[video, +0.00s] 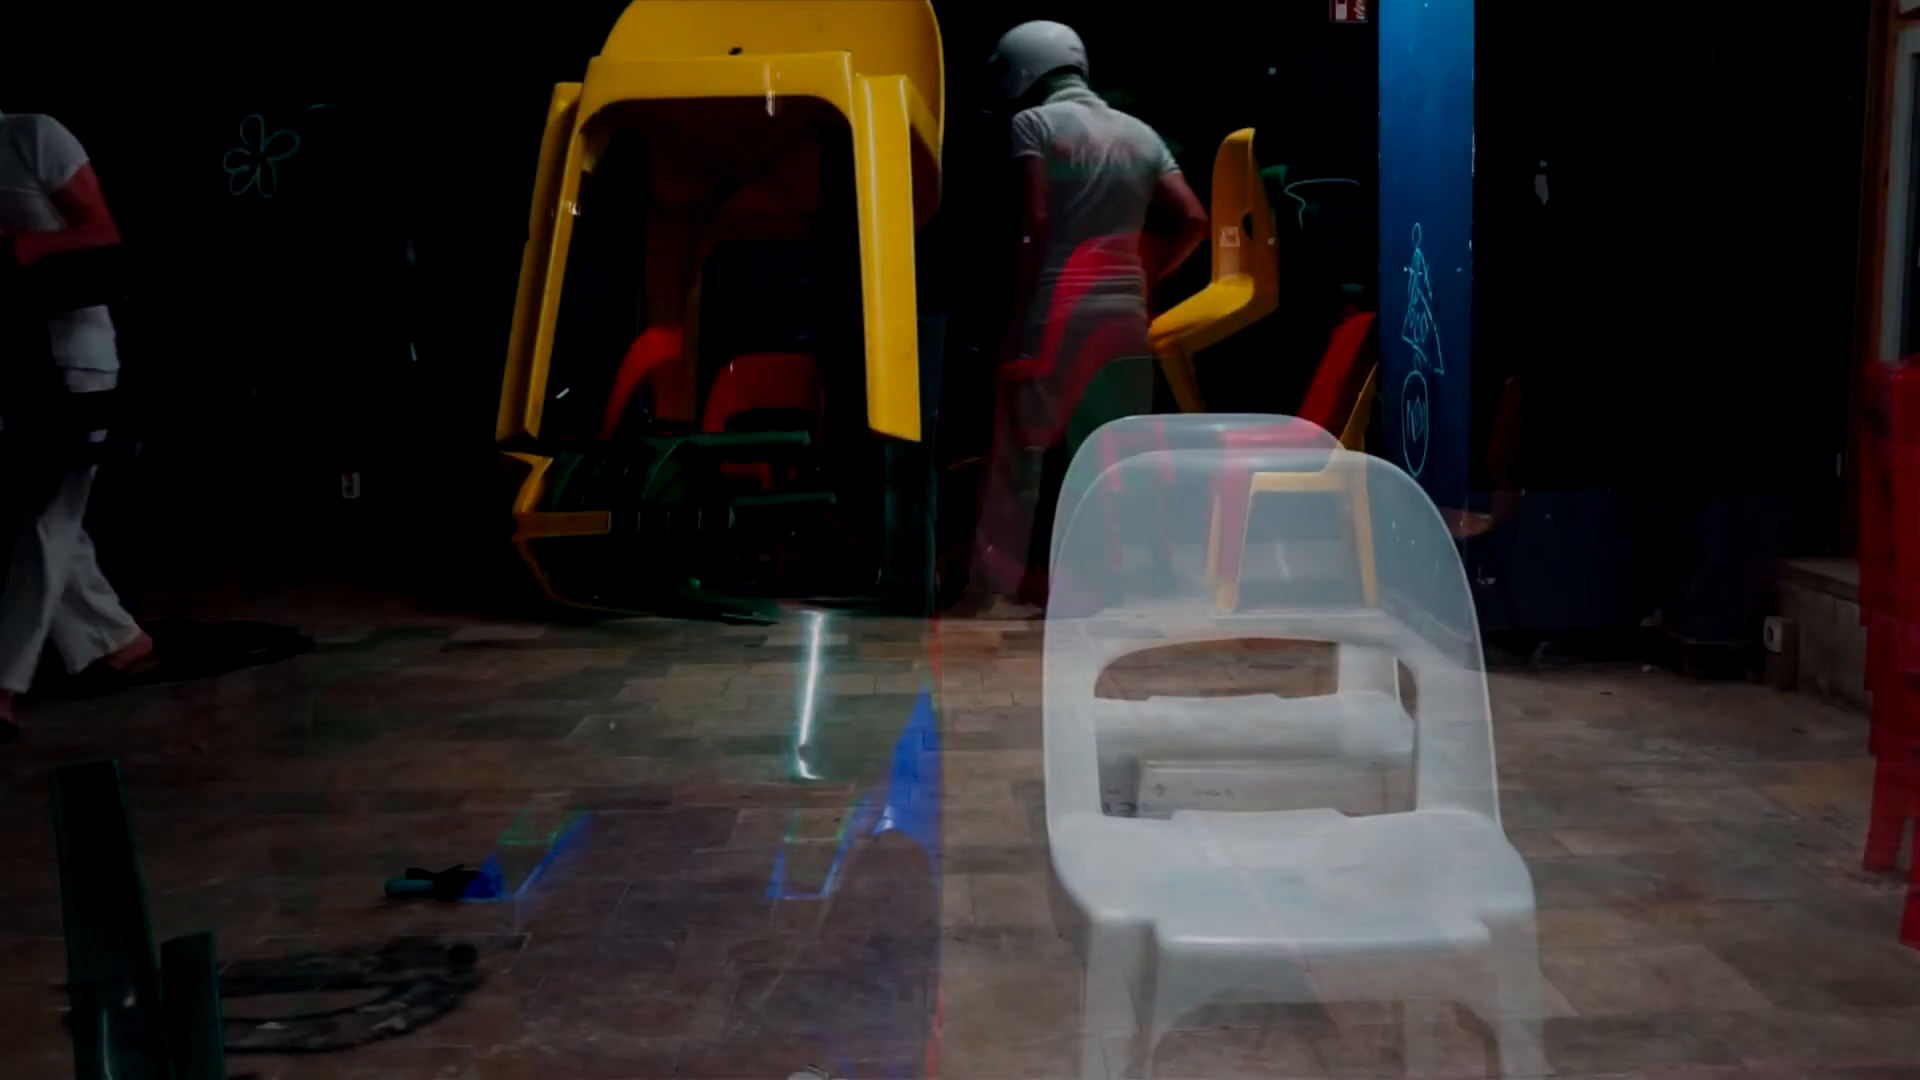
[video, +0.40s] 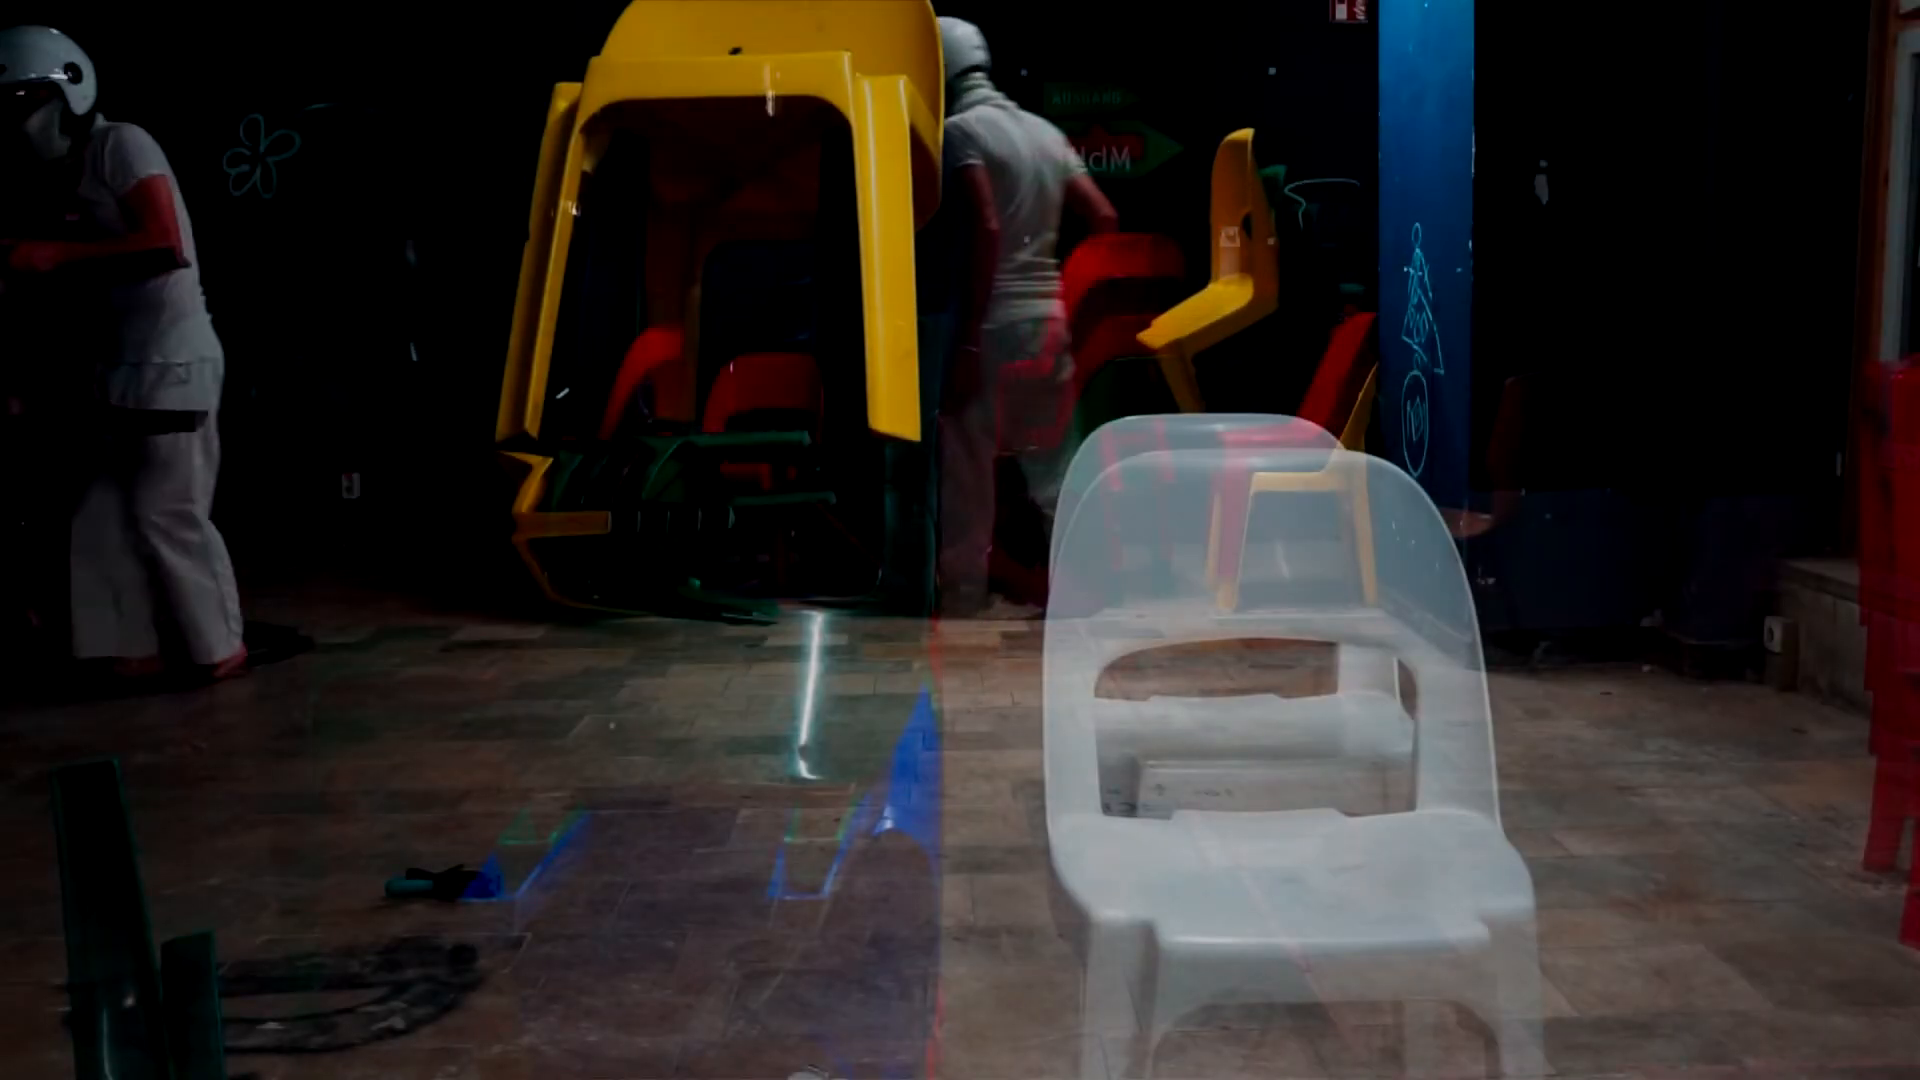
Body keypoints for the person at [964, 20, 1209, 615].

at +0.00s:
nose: (1010, 89)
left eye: (1011, 78)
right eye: (1009, 80)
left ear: (1026, 75)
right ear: (1077, 68)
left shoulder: (1032, 125)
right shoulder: (1137, 132)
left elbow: (1032, 228)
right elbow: (1194, 221)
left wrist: (1013, 311)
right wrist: (1140, 278)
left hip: (1058, 312)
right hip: (1127, 314)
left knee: (1021, 453)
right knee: (1124, 454)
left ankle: (993, 592)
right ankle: (1127, 592)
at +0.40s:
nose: (917, 85)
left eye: (921, 71)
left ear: (936, 71)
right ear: (982, 65)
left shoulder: (958, 133)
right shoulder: (1043, 131)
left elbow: (985, 230)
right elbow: (1101, 220)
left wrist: (965, 335)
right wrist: (1054, 279)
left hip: (985, 317)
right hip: (1046, 312)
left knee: (966, 465)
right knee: (1051, 465)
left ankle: (964, 604)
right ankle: (1089, 589)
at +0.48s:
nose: (909, 90)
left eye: (910, 76)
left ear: (926, 74)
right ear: (966, 67)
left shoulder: (944, 131)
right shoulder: (1023, 132)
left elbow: (969, 228)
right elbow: (1082, 219)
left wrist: (948, 310)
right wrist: (1046, 284)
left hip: (974, 315)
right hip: (1030, 309)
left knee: (957, 460)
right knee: (1028, 464)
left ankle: (959, 603)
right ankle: (1065, 593)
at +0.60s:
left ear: (915, 75)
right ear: (948, 68)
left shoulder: (929, 130)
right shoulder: (999, 130)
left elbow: (944, 233)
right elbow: (1056, 219)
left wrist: (919, 300)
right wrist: (1023, 286)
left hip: (961, 320)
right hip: (1008, 316)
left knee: (954, 470)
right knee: (991, 471)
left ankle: (957, 608)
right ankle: (1038, 596)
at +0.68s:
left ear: (913, 85)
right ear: (945, 81)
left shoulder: (919, 135)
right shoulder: (989, 134)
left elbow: (931, 235)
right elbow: (1043, 222)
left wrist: (904, 287)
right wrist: (1009, 284)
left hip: (950, 316)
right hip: (995, 311)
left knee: (955, 471)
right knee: (966, 468)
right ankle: (974, 603)